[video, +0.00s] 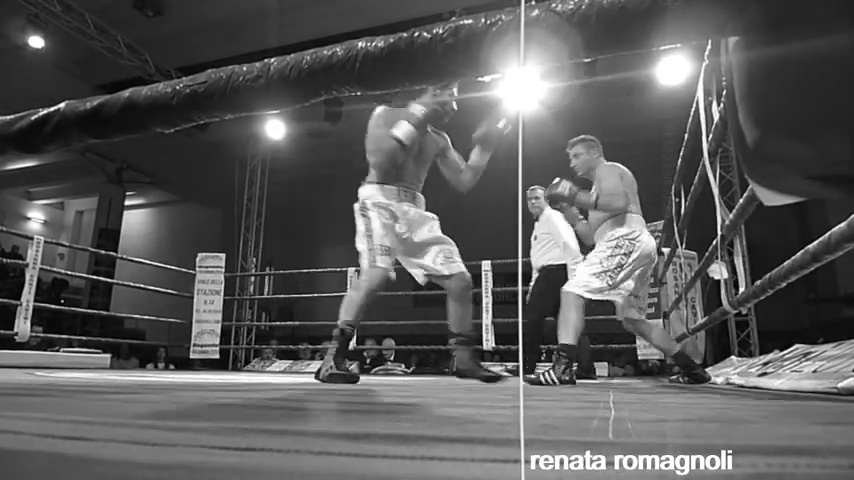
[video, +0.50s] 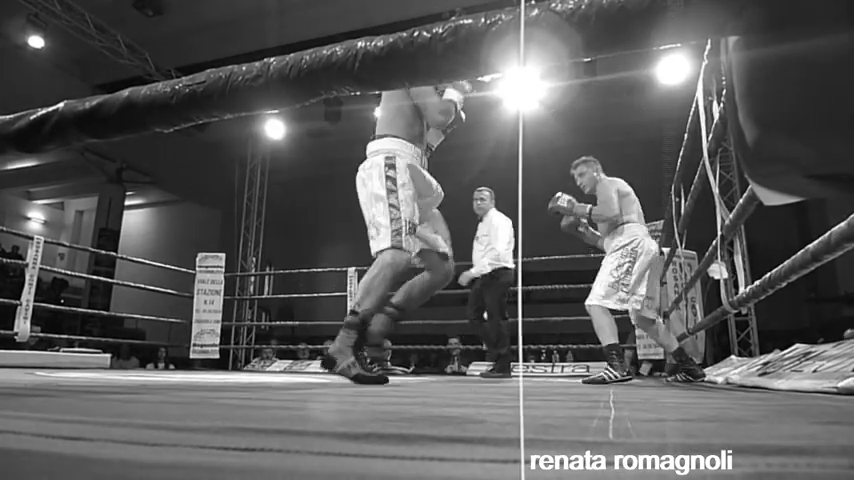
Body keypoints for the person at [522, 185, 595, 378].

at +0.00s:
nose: (533, 203)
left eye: (537, 198)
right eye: (530, 199)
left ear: (546, 200)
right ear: (527, 203)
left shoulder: (553, 216)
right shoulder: (539, 224)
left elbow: (569, 241)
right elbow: (538, 260)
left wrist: (576, 271)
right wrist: (533, 284)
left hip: (555, 271)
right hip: (546, 272)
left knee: (532, 317)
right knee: (568, 318)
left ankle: (528, 365)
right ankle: (586, 366)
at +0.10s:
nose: (520, 205)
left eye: (524, 201)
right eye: (517, 202)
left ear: (534, 203)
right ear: (514, 206)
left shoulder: (543, 221)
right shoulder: (524, 227)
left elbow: (554, 251)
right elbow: (524, 262)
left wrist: (557, 283)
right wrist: (516, 288)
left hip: (541, 275)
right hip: (531, 276)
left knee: (519, 324)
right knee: (560, 322)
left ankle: (503, 369)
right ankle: (584, 364)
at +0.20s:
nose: (509, 207)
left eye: (513, 203)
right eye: (506, 203)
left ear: (523, 205)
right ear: (503, 206)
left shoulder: (529, 222)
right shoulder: (516, 227)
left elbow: (539, 254)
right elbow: (515, 262)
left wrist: (540, 288)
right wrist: (506, 286)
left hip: (528, 275)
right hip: (521, 275)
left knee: (515, 324)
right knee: (549, 320)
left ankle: (503, 370)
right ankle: (579, 362)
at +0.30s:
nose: (498, 205)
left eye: (503, 202)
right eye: (495, 202)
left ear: (512, 204)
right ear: (493, 206)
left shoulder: (518, 221)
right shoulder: (507, 224)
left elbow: (523, 253)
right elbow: (508, 257)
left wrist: (520, 285)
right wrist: (500, 281)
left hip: (521, 273)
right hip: (511, 273)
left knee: (509, 322)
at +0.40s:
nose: (486, 203)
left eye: (490, 200)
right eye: (483, 200)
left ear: (500, 202)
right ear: (481, 204)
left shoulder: (506, 220)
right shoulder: (493, 222)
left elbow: (505, 252)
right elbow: (494, 252)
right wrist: (486, 277)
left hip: (508, 270)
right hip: (498, 270)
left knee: (498, 314)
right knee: (497, 315)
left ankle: (503, 362)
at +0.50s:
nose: (477, 203)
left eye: (482, 200)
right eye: (475, 200)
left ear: (491, 202)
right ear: (473, 203)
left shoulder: (500, 221)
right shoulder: (484, 223)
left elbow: (498, 253)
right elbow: (486, 253)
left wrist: (473, 272)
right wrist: (475, 272)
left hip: (499, 272)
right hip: (485, 273)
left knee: (496, 316)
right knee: (474, 314)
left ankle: (503, 364)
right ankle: (495, 352)